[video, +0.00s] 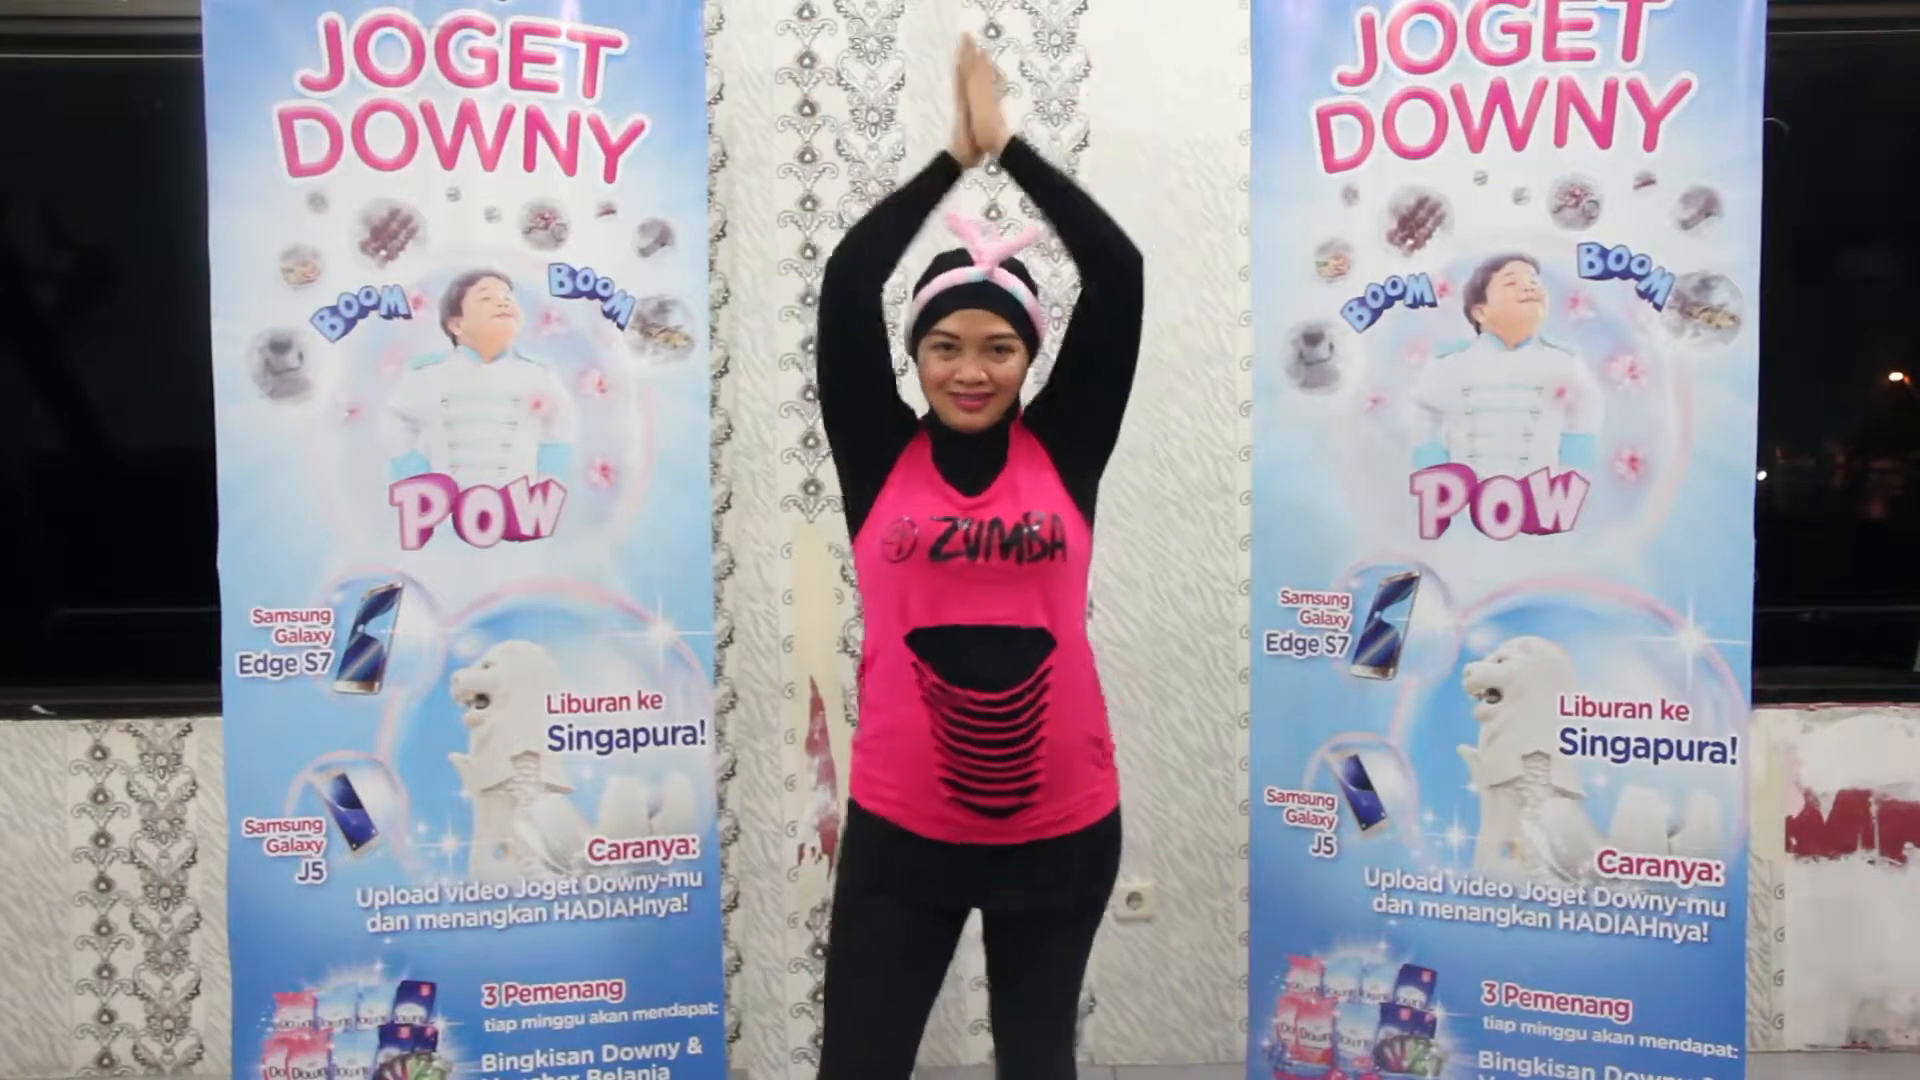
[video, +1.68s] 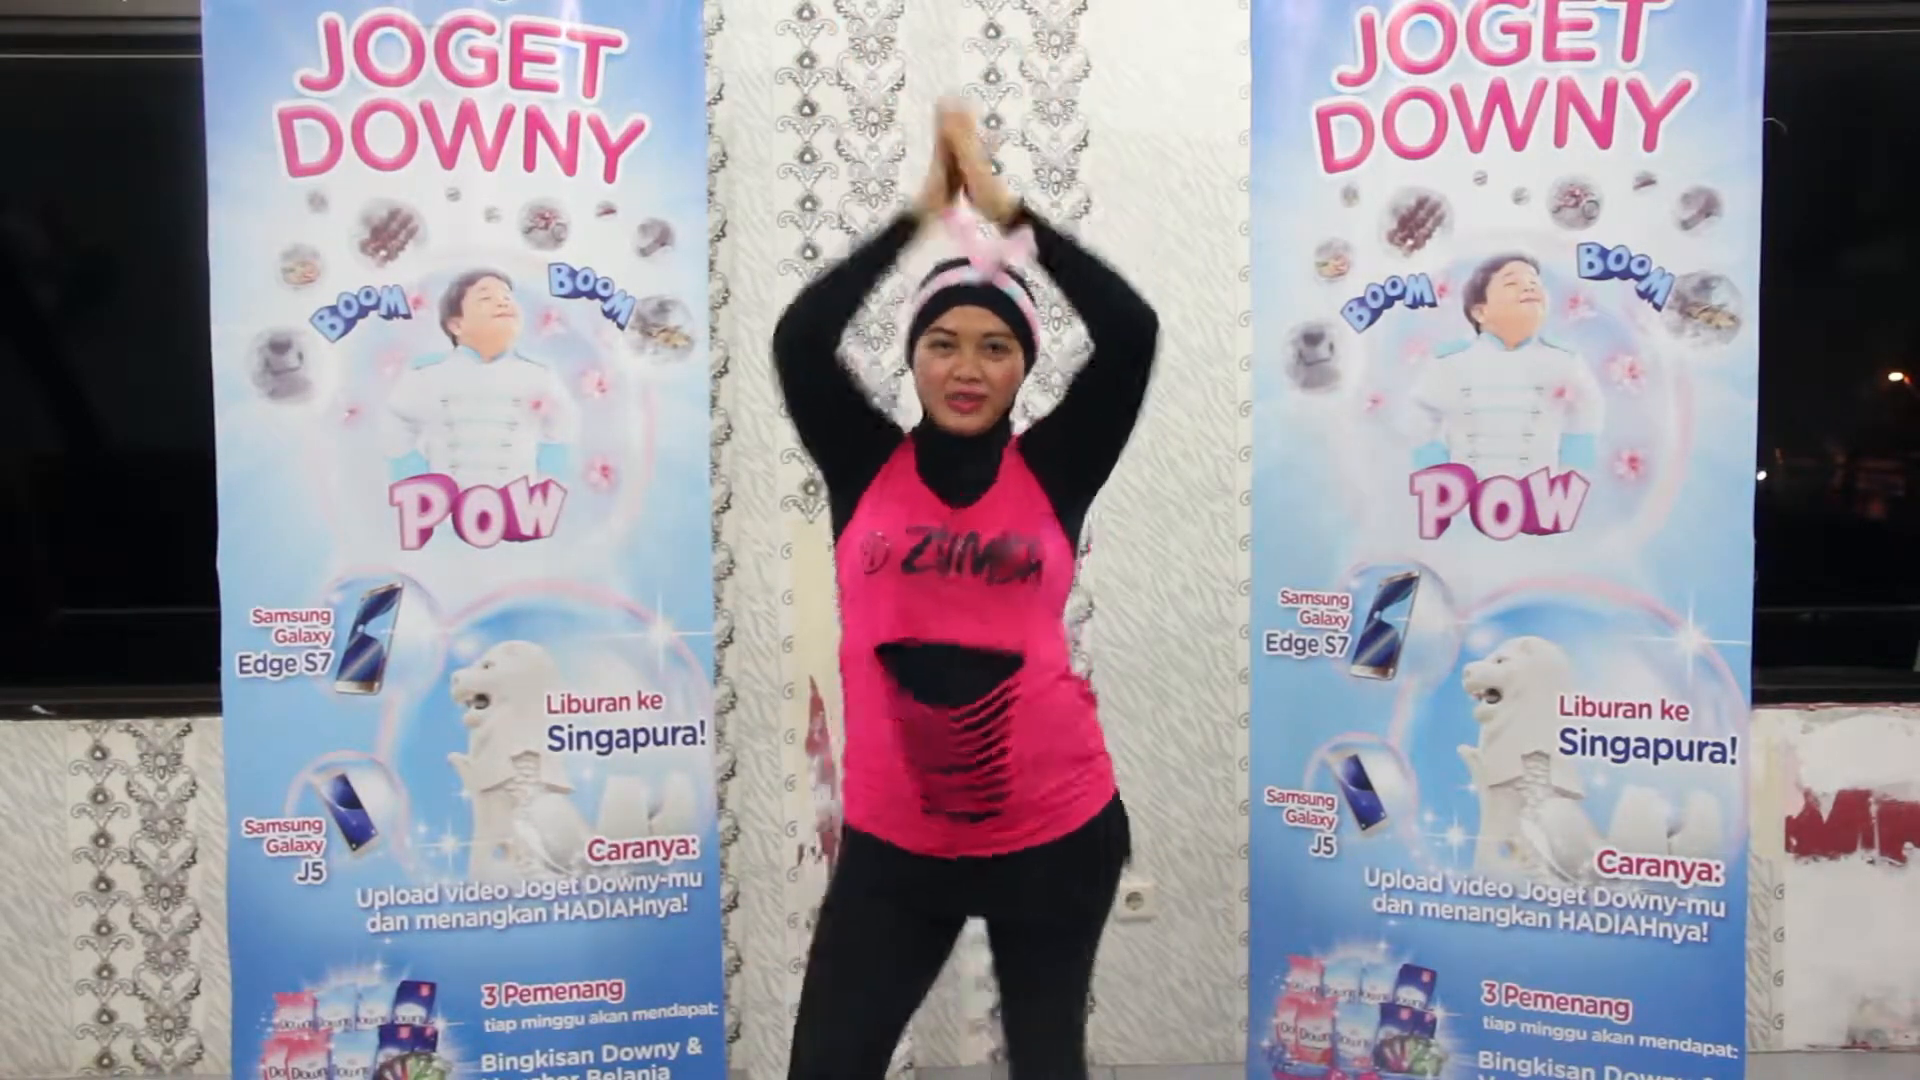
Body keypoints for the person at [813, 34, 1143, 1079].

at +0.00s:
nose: (971, 369)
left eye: (996, 349)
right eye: (949, 348)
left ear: (1029, 362)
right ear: (916, 360)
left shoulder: (1063, 455)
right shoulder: (879, 459)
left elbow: (1119, 269)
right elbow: (846, 284)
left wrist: (1007, 147)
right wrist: (955, 155)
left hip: (1056, 833)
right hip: (902, 830)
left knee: (1037, 1062)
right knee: (858, 1064)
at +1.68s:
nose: (967, 365)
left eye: (993, 347)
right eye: (944, 344)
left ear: (1023, 371)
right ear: (912, 365)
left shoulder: (1054, 472)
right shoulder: (865, 468)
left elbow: (1130, 331)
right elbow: (801, 336)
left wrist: (1014, 216)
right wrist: (917, 214)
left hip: (1052, 839)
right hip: (895, 842)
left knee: (1048, 1060)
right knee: (824, 1064)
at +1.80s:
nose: (966, 360)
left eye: (992, 345)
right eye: (944, 337)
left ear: (1019, 372)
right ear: (908, 356)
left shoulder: (1043, 475)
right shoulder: (850, 470)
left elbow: (1159, 448)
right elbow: (761, 465)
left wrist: (1084, 304)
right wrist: (832, 312)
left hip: (1039, 828)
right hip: (886, 829)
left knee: (1024, 1061)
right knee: (836, 1062)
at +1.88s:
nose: (938, 337)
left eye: (965, 322)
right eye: (919, 312)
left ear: (995, 353)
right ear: (883, 331)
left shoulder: (1034, 456)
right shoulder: (845, 458)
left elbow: (1119, 561)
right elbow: (787, 524)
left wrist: (1096, 412)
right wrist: (846, 380)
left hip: (1018, 824)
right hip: (868, 818)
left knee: (990, 1060)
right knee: (863, 1062)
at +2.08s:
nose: (918, 310)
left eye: (940, 295)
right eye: (895, 299)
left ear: (979, 324)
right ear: (869, 333)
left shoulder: (1028, 441)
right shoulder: (826, 452)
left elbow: (1092, 518)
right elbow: (806, 573)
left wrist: (988, 405)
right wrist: (899, 512)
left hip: (1009, 794)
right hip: (860, 803)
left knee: (1024, 1034)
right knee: (878, 1057)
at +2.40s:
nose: (906, 328)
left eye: (930, 310)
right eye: (884, 314)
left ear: (976, 336)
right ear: (861, 348)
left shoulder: (1032, 453)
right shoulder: (836, 480)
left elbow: (1136, 526)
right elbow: (741, 621)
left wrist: (1012, 425)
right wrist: (738, 523)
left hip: (1024, 809)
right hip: (872, 800)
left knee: (1034, 1059)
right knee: (744, 981)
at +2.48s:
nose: (895, 303)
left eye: (920, 282)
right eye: (872, 285)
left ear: (960, 304)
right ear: (846, 310)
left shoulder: (1014, 410)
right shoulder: (812, 435)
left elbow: (1139, 409)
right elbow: (664, 492)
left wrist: (1053, 287)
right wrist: (690, 359)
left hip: (1011, 780)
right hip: (857, 781)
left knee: (1042, 1042)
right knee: (744, 1022)